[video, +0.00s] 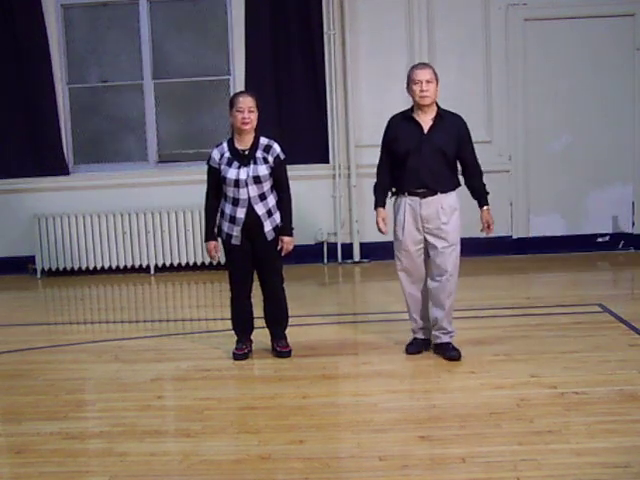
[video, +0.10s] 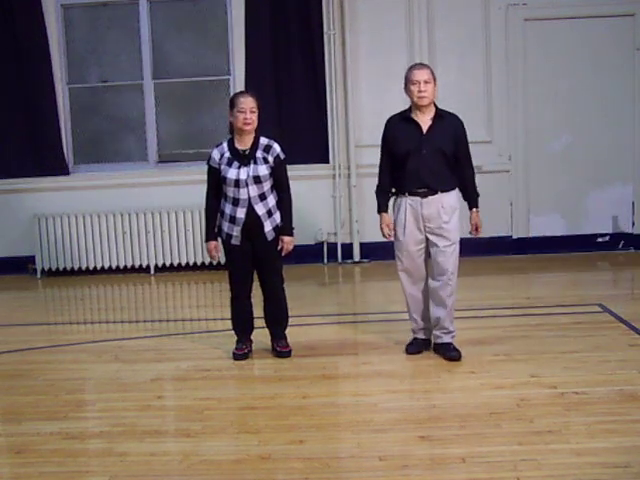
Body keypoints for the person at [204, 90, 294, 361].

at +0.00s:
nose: (245, 116)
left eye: (250, 111)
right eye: (240, 111)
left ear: (257, 115)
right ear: (231, 115)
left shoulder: (271, 150)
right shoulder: (219, 154)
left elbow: (284, 192)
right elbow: (212, 197)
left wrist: (287, 230)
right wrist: (211, 235)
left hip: (267, 230)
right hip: (234, 232)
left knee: (273, 285)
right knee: (240, 289)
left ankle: (279, 336)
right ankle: (243, 338)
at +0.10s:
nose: (247, 117)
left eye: (252, 112)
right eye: (241, 112)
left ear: (258, 116)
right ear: (231, 116)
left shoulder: (271, 150)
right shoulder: (219, 154)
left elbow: (284, 192)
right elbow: (212, 197)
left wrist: (287, 230)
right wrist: (211, 235)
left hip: (268, 231)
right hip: (234, 233)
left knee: (274, 286)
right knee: (240, 289)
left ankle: (279, 336)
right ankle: (243, 338)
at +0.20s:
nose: (248, 117)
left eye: (253, 112)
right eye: (242, 112)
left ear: (258, 116)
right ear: (232, 116)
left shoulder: (271, 150)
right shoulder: (219, 155)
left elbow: (284, 192)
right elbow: (213, 198)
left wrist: (287, 230)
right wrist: (212, 235)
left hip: (268, 230)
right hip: (234, 233)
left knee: (274, 286)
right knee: (240, 289)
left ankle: (279, 336)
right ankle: (243, 338)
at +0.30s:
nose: (248, 116)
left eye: (253, 111)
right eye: (242, 111)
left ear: (259, 115)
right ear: (232, 115)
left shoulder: (271, 150)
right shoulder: (219, 154)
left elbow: (284, 192)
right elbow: (213, 198)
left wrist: (287, 230)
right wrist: (213, 236)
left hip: (268, 231)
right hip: (234, 233)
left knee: (274, 286)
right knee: (240, 289)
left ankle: (279, 336)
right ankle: (243, 338)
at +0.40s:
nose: (248, 115)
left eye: (253, 110)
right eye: (242, 110)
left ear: (259, 115)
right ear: (232, 115)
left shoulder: (271, 150)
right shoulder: (219, 154)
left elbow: (284, 192)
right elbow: (213, 198)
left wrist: (287, 230)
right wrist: (212, 235)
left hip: (268, 231)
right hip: (234, 233)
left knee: (274, 286)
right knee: (240, 289)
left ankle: (279, 336)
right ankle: (243, 338)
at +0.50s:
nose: (247, 115)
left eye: (252, 110)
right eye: (241, 110)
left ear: (258, 115)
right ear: (232, 115)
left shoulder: (272, 150)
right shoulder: (220, 154)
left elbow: (285, 192)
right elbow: (213, 198)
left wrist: (288, 230)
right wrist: (212, 235)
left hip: (268, 231)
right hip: (235, 233)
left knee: (274, 286)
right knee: (240, 289)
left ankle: (279, 336)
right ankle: (243, 338)